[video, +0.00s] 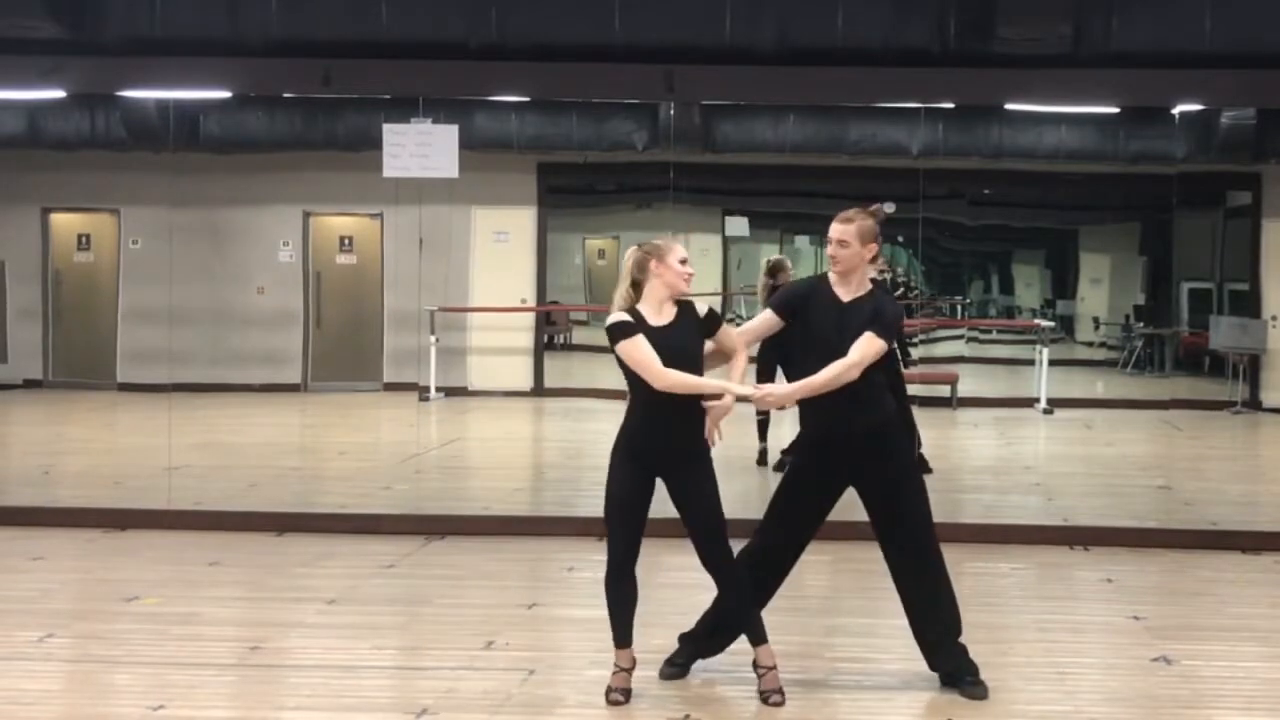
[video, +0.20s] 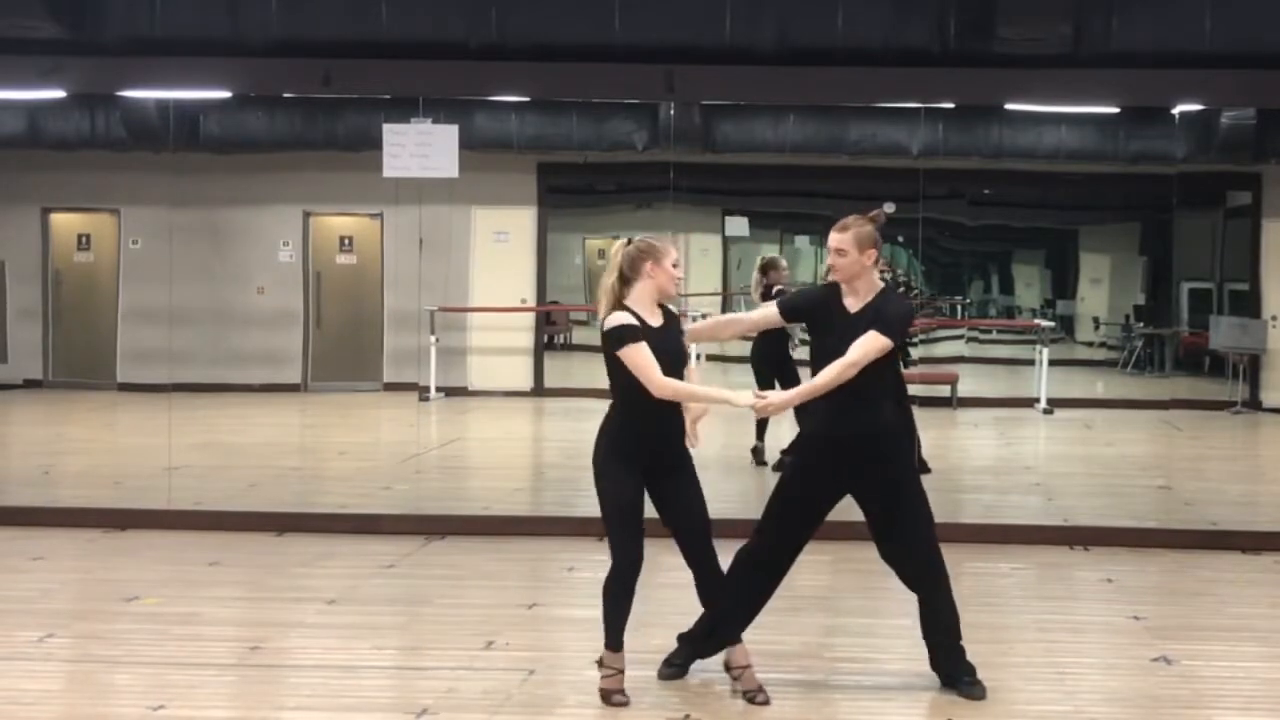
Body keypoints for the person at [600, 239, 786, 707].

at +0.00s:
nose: (690, 271)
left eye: (690, 264)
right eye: (682, 263)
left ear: (663, 270)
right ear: (651, 268)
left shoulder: (695, 316)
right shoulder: (622, 323)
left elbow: (739, 349)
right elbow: (660, 378)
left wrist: (728, 399)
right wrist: (733, 389)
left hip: (687, 449)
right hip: (636, 450)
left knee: (716, 555)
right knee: (620, 557)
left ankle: (763, 654)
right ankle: (623, 658)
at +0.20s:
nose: (680, 274)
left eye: (679, 267)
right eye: (674, 266)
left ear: (651, 270)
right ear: (646, 269)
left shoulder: (670, 318)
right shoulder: (620, 322)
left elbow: (687, 374)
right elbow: (656, 385)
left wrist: (693, 406)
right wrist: (733, 397)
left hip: (667, 450)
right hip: (621, 453)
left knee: (702, 554)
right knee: (627, 557)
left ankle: (738, 657)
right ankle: (613, 660)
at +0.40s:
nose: (680, 266)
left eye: (679, 258)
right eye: (675, 258)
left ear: (641, 262)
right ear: (652, 262)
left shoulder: (622, 309)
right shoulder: (660, 314)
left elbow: (595, 339)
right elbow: (710, 367)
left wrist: (629, 361)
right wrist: (776, 341)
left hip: (632, 440)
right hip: (640, 447)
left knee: (677, 538)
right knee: (637, 551)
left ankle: (633, 640)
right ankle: (601, 658)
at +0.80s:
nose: (694, 270)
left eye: (693, 262)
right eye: (689, 262)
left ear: (656, 268)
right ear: (666, 267)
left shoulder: (633, 313)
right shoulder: (674, 316)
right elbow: (731, 365)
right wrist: (787, 351)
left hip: (627, 440)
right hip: (668, 445)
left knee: (633, 545)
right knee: (660, 554)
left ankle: (608, 647)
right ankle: (628, 659)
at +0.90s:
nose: (691, 270)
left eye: (690, 263)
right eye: (684, 263)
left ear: (663, 269)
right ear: (656, 268)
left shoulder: (667, 306)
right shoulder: (659, 316)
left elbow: (725, 291)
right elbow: (722, 362)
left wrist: (730, 246)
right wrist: (783, 348)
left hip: (647, 438)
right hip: (640, 443)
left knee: (669, 537)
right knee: (648, 548)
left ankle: (620, 642)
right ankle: (615, 657)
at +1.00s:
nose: (665, 271)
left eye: (673, 263)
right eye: (656, 264)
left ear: (685, 267)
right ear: (641, 271)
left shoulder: (696, 303)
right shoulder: (640, 316)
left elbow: (741, 267)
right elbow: (684, 359)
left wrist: (771, 212)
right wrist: (751, 349)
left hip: (663, 441)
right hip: (626, 438)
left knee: (667, 541)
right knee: (608, 539)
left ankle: (634, 641)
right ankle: (587, 650)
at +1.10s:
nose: (655, 278)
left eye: (664, 269)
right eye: (648, 270)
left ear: (685, 272)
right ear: (639, 274)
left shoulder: (703, 310)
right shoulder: (632, 316)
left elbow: (756, 252)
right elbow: (615, 376)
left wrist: (784, 205)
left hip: (675, 442)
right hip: (627, 437)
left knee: (677, 543)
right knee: (589, 537)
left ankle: (635, 640)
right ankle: (535, 640)